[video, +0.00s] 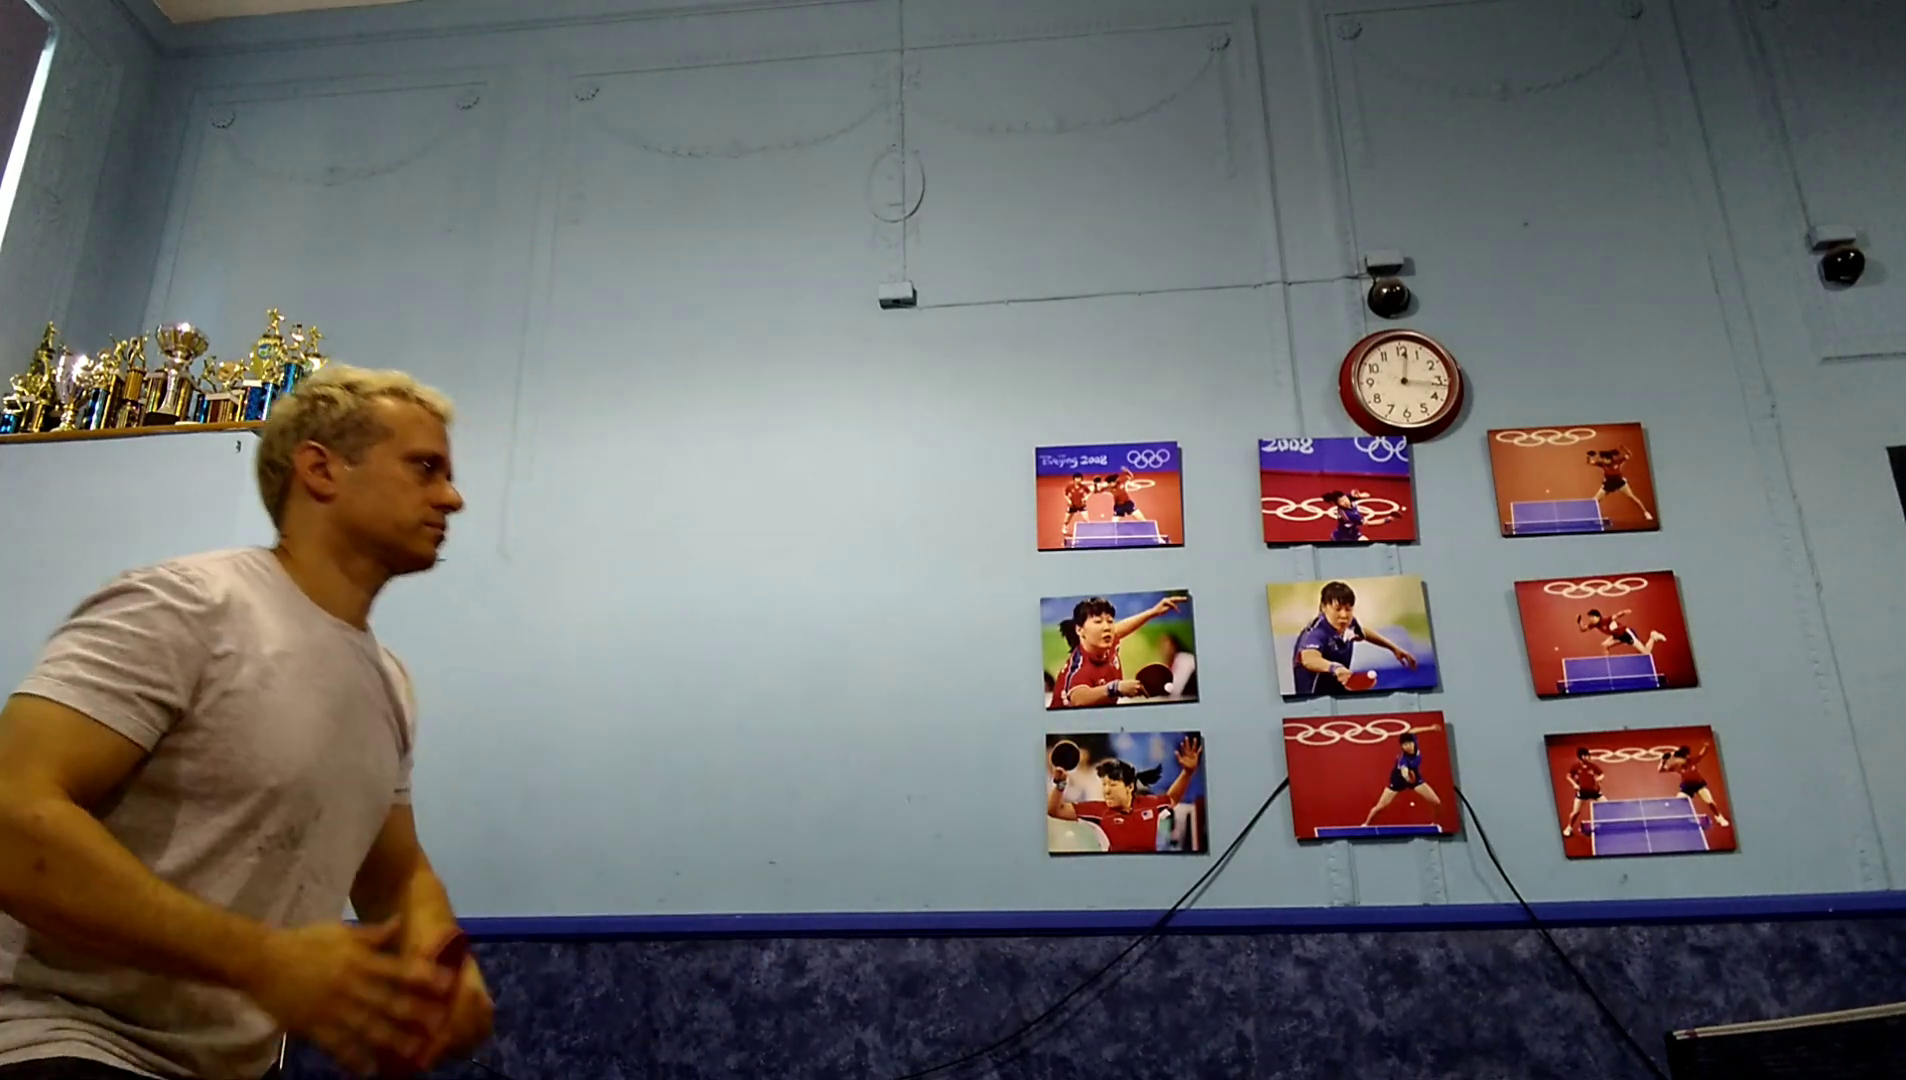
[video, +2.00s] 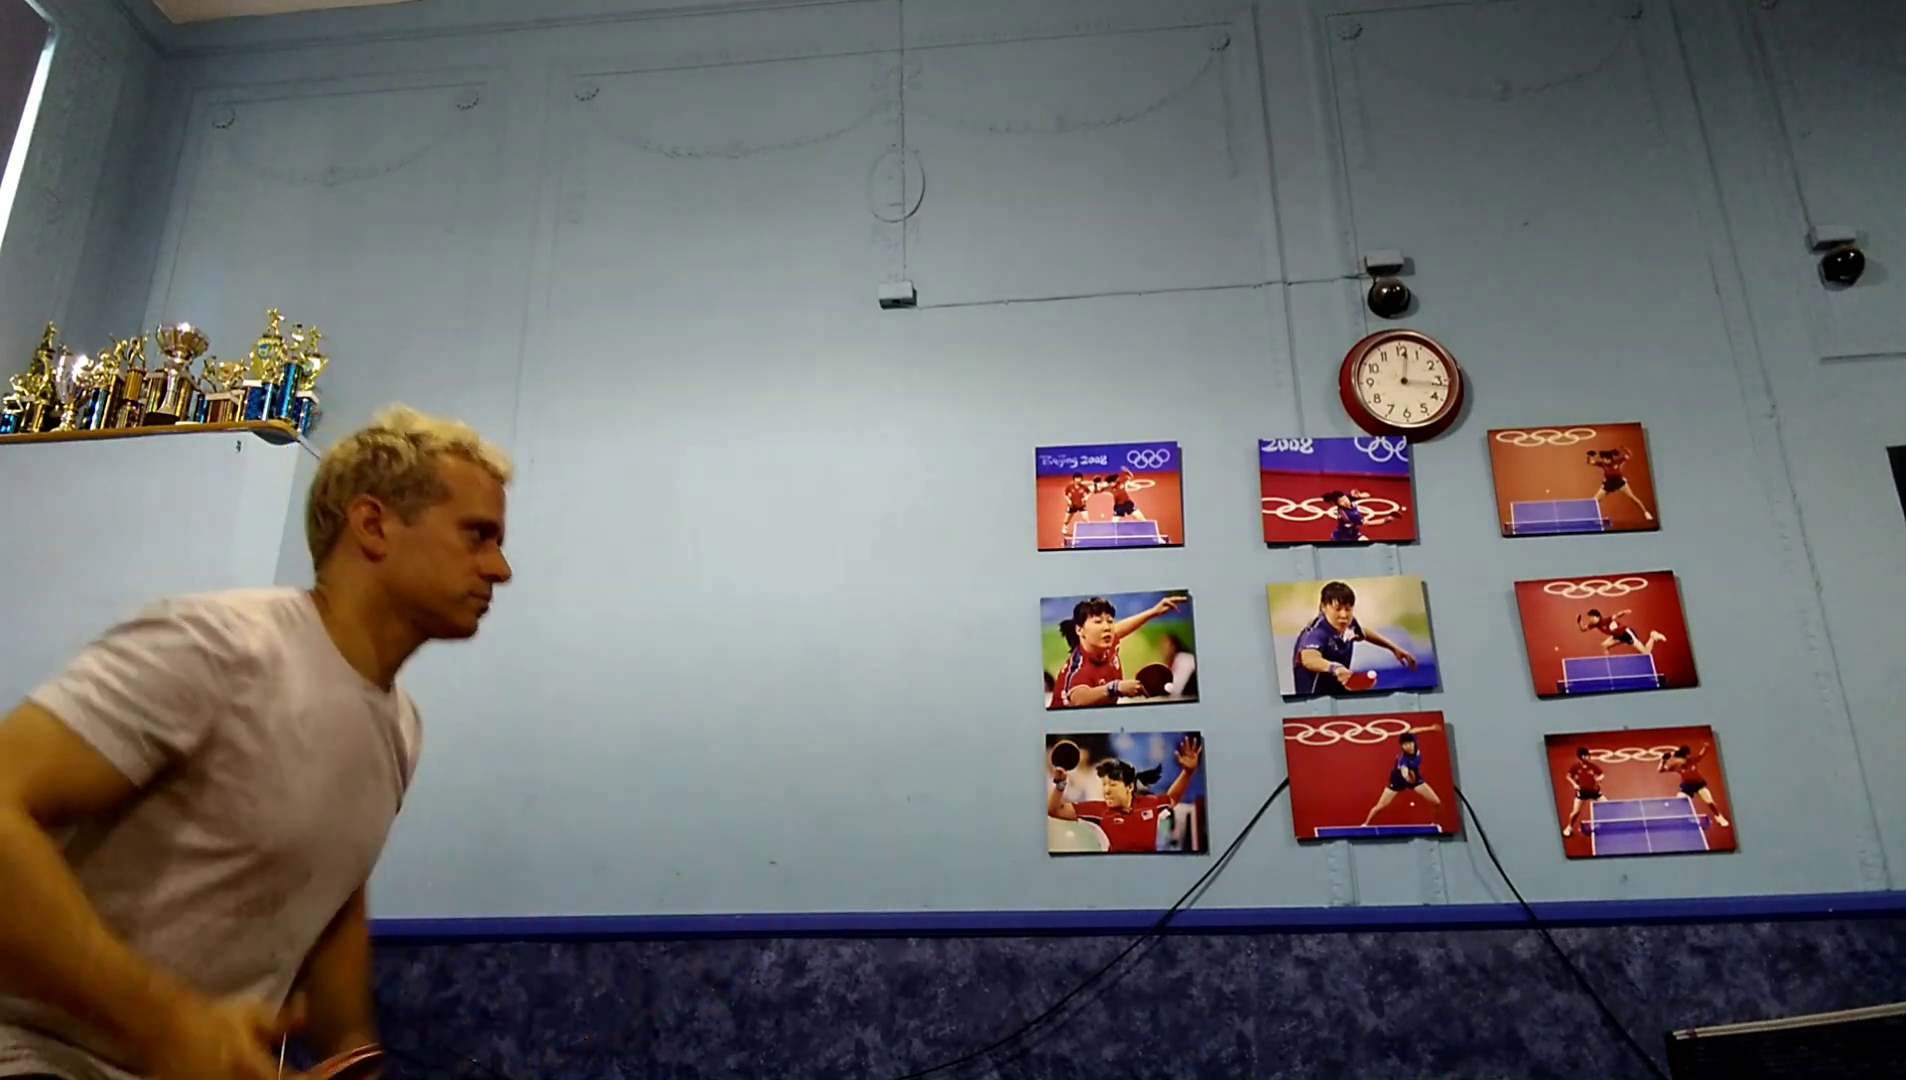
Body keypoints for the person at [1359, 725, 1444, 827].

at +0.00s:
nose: (1408, 747)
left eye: (1409, 744)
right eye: (1405, 745)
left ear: (1413, 743)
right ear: (1402, 746)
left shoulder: (1416, 747)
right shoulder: (1403, 758)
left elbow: (1413, 731)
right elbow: (1404, 771)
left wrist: (1431, 728)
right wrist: (1409, 779)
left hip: (1415, 779)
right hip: (1398, 781)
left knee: (1436, 802)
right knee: (1381, 805)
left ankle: (1434, 823)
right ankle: (1366, 823)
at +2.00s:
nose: (1408, 747)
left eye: (1409, 744)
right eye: (1405, 745)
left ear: (1413, 743)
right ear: (1402, 746)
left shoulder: (1416, 747)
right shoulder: (1403, 759)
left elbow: (1413, 731)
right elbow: (1404, 771)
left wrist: (1431, 728)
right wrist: (1409, 779)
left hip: (1415, 780)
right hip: (1398, 781)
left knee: (1436, 802)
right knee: (1381, 805)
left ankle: (1434, 823)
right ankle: (1366, 823)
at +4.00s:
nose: (1408, 747)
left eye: (1409, 744)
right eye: (1405, 745)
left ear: (1414, 743)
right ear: (1402, 746)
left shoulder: (1416, 747)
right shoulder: (1403, 758)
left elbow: (1414, 731)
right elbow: (1404, 771)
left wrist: (1431, 728)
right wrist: (1408, 778)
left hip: (1415, 779)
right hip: (1398, 781)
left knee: (1436, 802)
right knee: (1381, 805)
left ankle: (1436, 824)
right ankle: (1366, 824)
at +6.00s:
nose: (1408, 747)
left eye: (1409, 744)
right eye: (1405, 745)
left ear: (1414, 743)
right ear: (1402, 746)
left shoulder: (1416, 748)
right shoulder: (1403, 758)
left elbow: (1413, 731)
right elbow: (1404, 771)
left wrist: (1431, 728)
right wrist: (1409, 778)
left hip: (1415, 779)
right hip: (1398, 781)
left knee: (1436, 802)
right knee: (1381, 806)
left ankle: (1435, 823)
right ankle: (1366, 823)